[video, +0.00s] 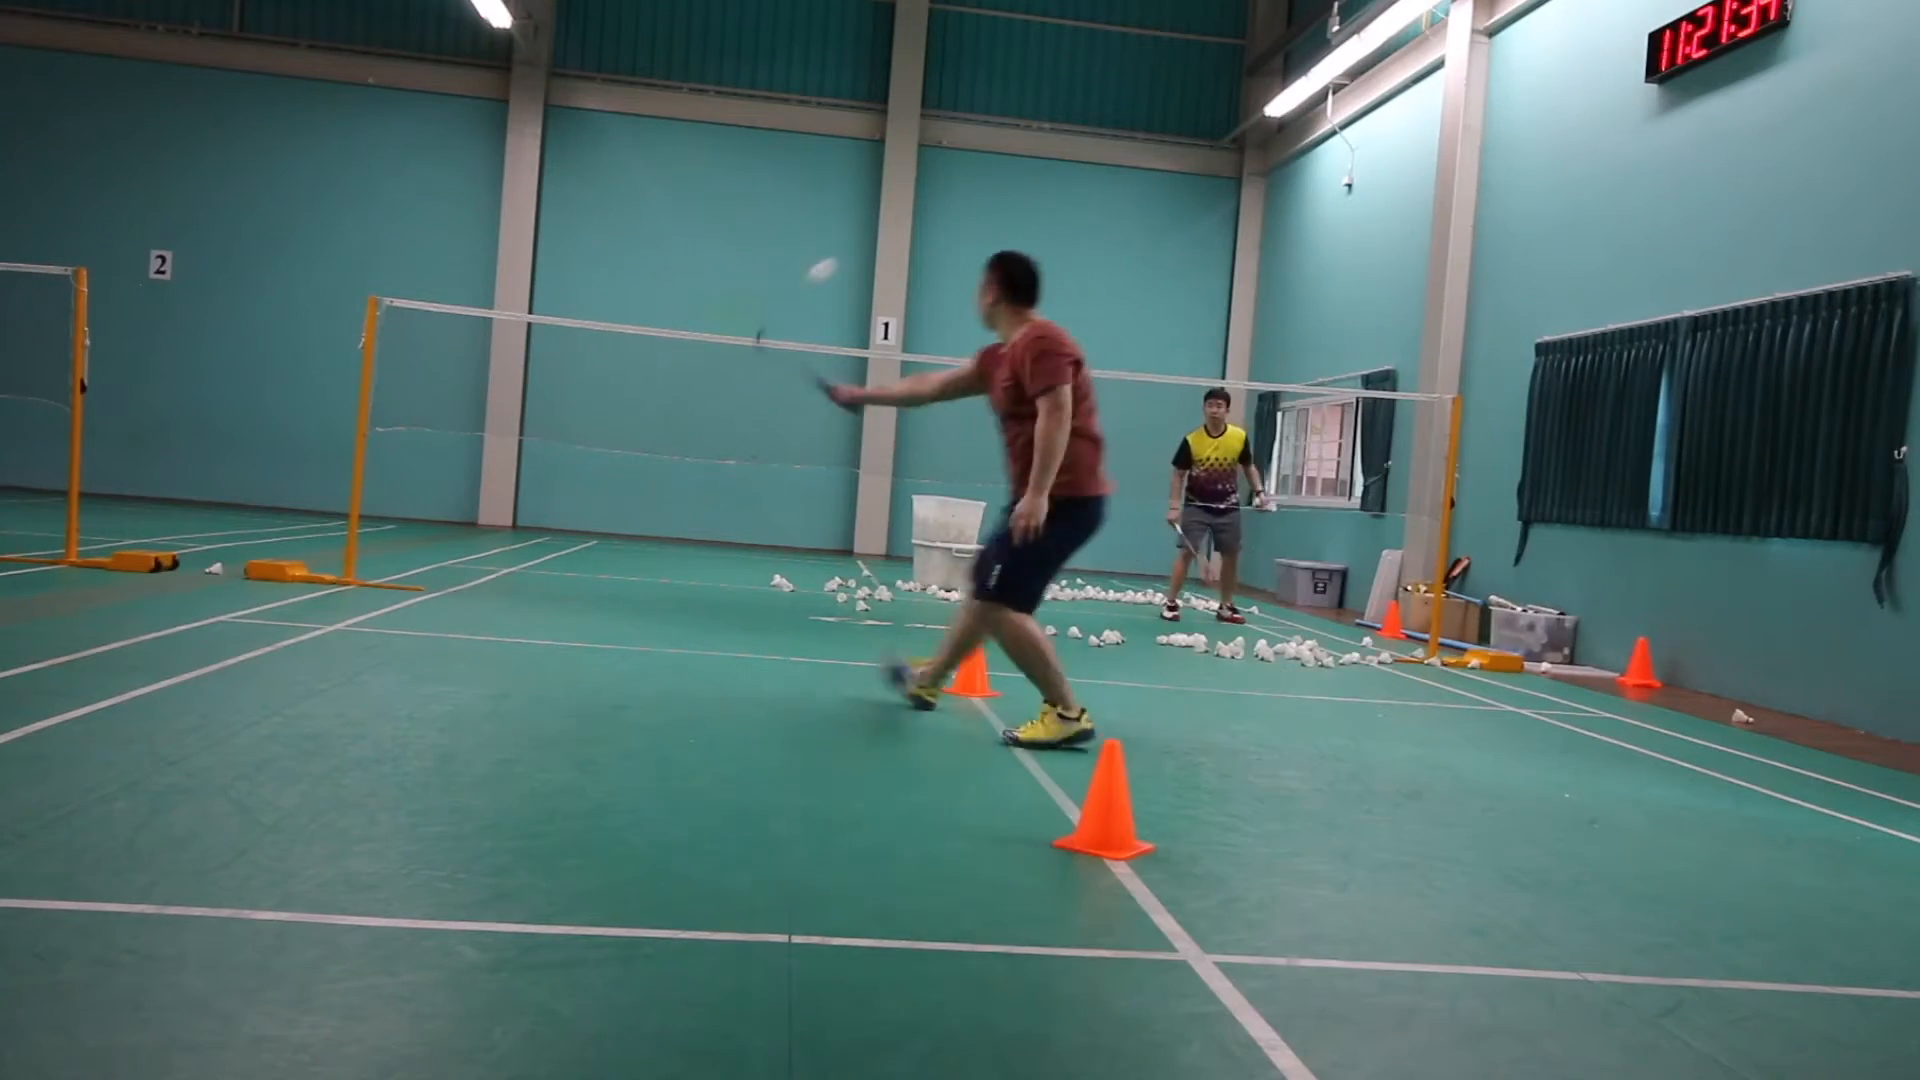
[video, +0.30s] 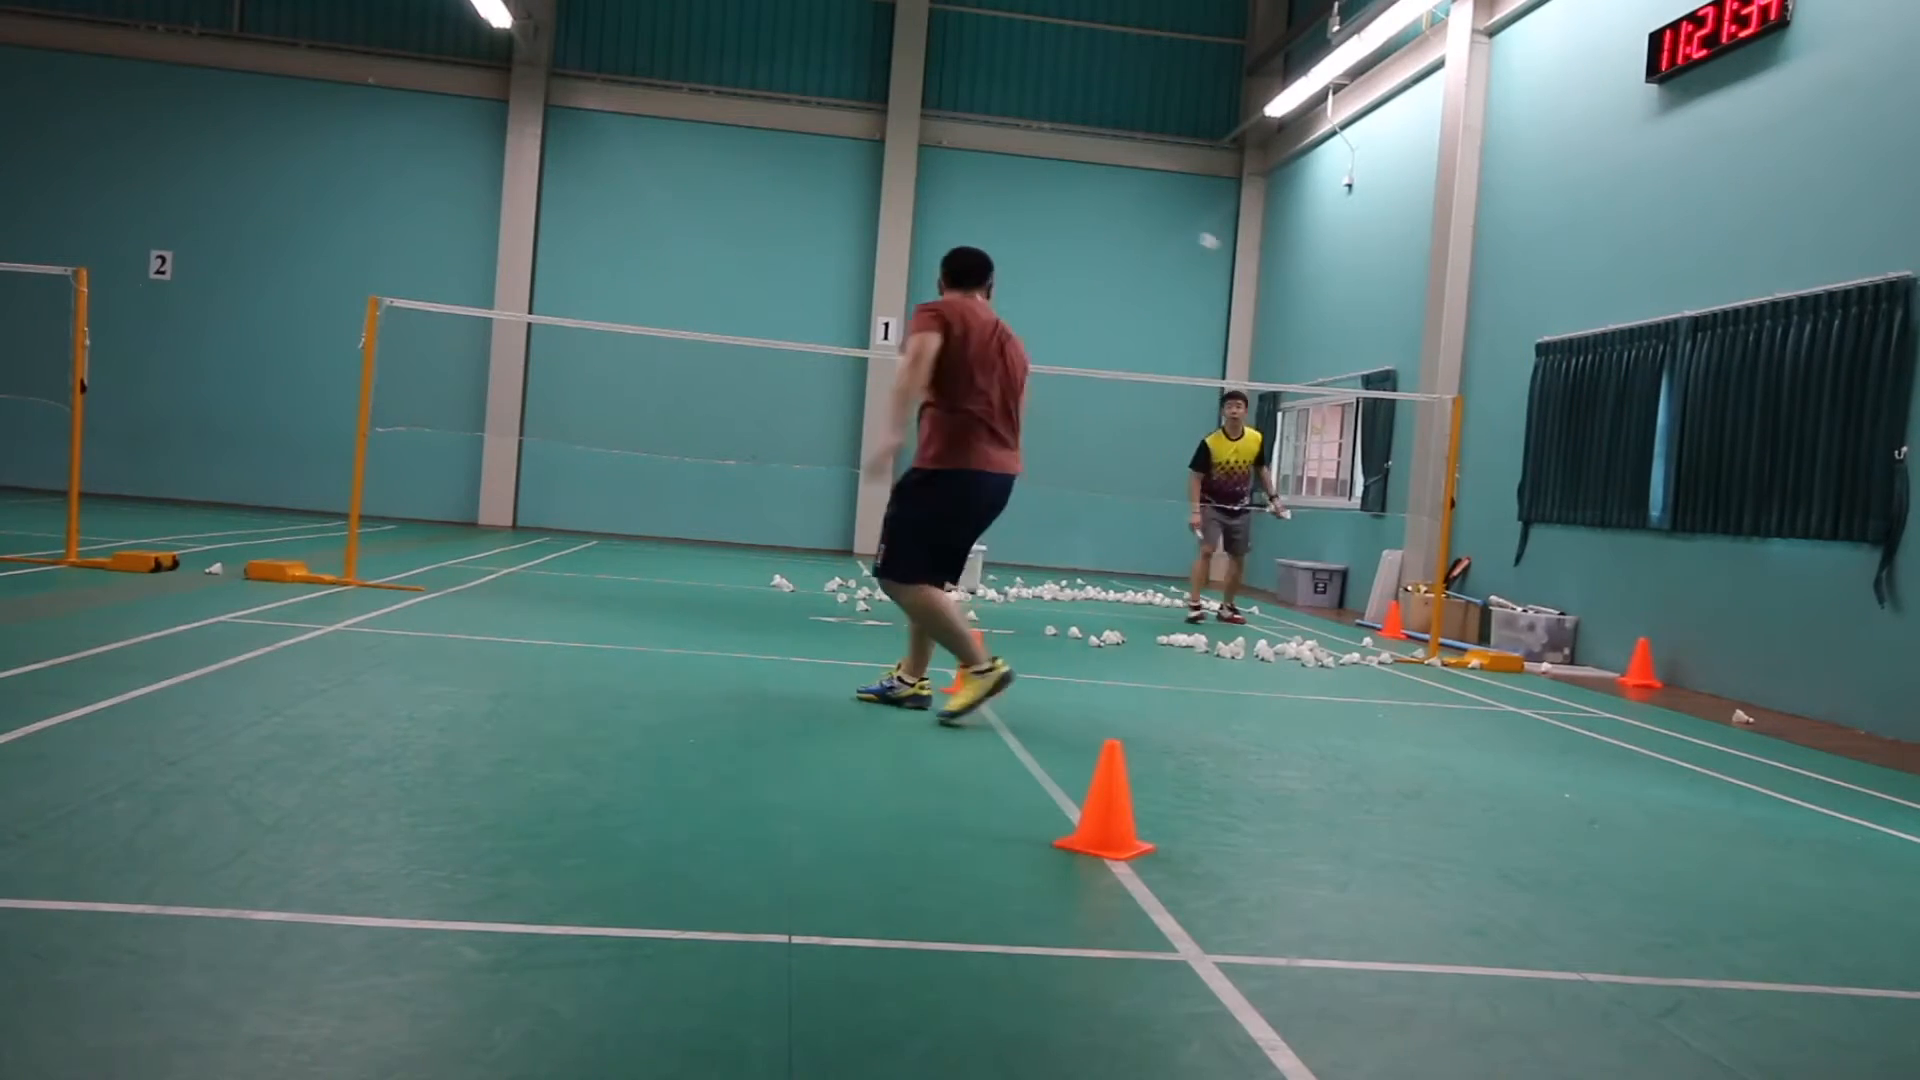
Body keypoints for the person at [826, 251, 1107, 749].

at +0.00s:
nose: (979, 297)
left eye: (984, 288)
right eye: (983, 287)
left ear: (997, 292)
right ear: (1019, 294)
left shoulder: (1042, 343)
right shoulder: (997, 356)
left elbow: (1057, 415)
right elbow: (933, 387)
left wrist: (1037, 493)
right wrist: (860, 394)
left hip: (1068, 501)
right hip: (1040, 499)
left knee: (999, 600)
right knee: (988, 589)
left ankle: (1068, 713)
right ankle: (929, 681)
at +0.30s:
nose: (947, 292)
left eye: (943, 284)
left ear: (943, 282)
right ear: (990, 290)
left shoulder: (936, 312)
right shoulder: (1011, 342)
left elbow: (919, 358)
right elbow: (1011, 418)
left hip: (945, 469)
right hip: (997, 476)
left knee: (897, 574)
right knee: (932, 573)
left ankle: (980, 666)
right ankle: (912, 676)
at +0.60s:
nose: (1060, 264)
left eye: (1059, 256)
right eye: (1060, 257)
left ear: (1007, 254)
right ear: (1053, 257)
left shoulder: (961, 305)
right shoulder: (1068, 319)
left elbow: (927, 385)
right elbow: (1084, 404)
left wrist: (935, 446)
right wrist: (1090, 477)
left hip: (953, 465)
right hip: (1026, 473)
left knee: (936, 584)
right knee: (1025, 578)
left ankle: (925, 700)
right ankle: (1014, 690)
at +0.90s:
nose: (1197, 230)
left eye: (1192, 221)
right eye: (1192, 223)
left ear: (1141, 242)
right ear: (1182, 236)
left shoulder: (1115, 306)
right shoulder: (1196, 298)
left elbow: (1097, 393)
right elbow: (1205, 370)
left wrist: (1149, 427)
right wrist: (1241, 451)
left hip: (1107, 474)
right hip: (1175, 479)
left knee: (1093, 589)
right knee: (1184, 609)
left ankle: (1032, 699)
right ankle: (1139, 726)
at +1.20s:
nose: (1348, 213)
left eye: (1341, 204)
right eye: (1339, 208)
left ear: (1298, 239)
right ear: (1327, 229)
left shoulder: (1297, 288)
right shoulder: (1322, 287)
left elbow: (1342, 306)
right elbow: (1317, 337)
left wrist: (1390, 266)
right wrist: (1414, 322)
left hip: (1288, 493)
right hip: (1347, 492)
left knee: (1278, 612)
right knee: (1378, 629)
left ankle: (1195, 724)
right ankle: (1341, 770)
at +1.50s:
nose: (1499, 209)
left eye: (1489, 203)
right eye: (1488, 206)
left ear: (1441, 240)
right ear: (1471, 233)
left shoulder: (1448, 283)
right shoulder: (1453, 302)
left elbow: (1447, 224)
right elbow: (1436, 374)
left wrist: (1454, 147)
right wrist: (1497, 281)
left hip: (1442, 522)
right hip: (1507, 522)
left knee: (1426, 652)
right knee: (1566, 665)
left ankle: (1305, 743)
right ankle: (1567, 840)